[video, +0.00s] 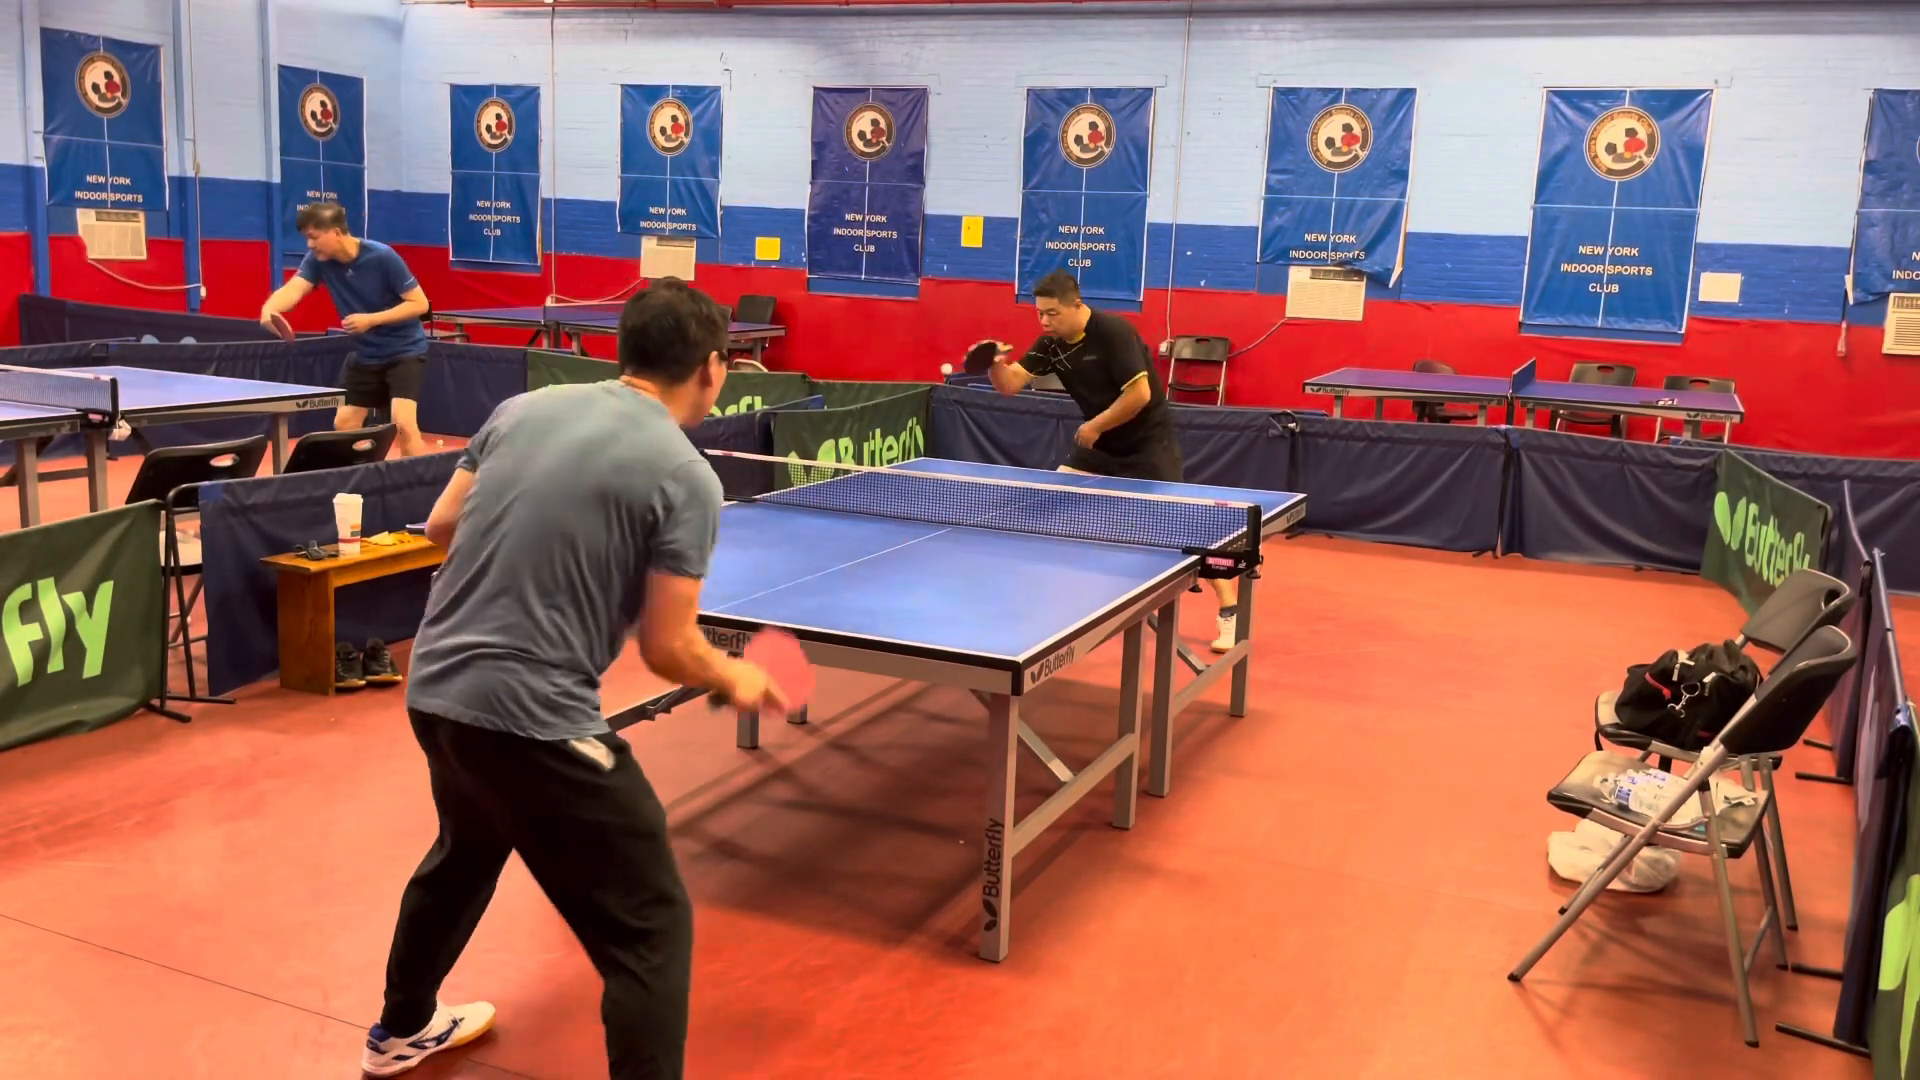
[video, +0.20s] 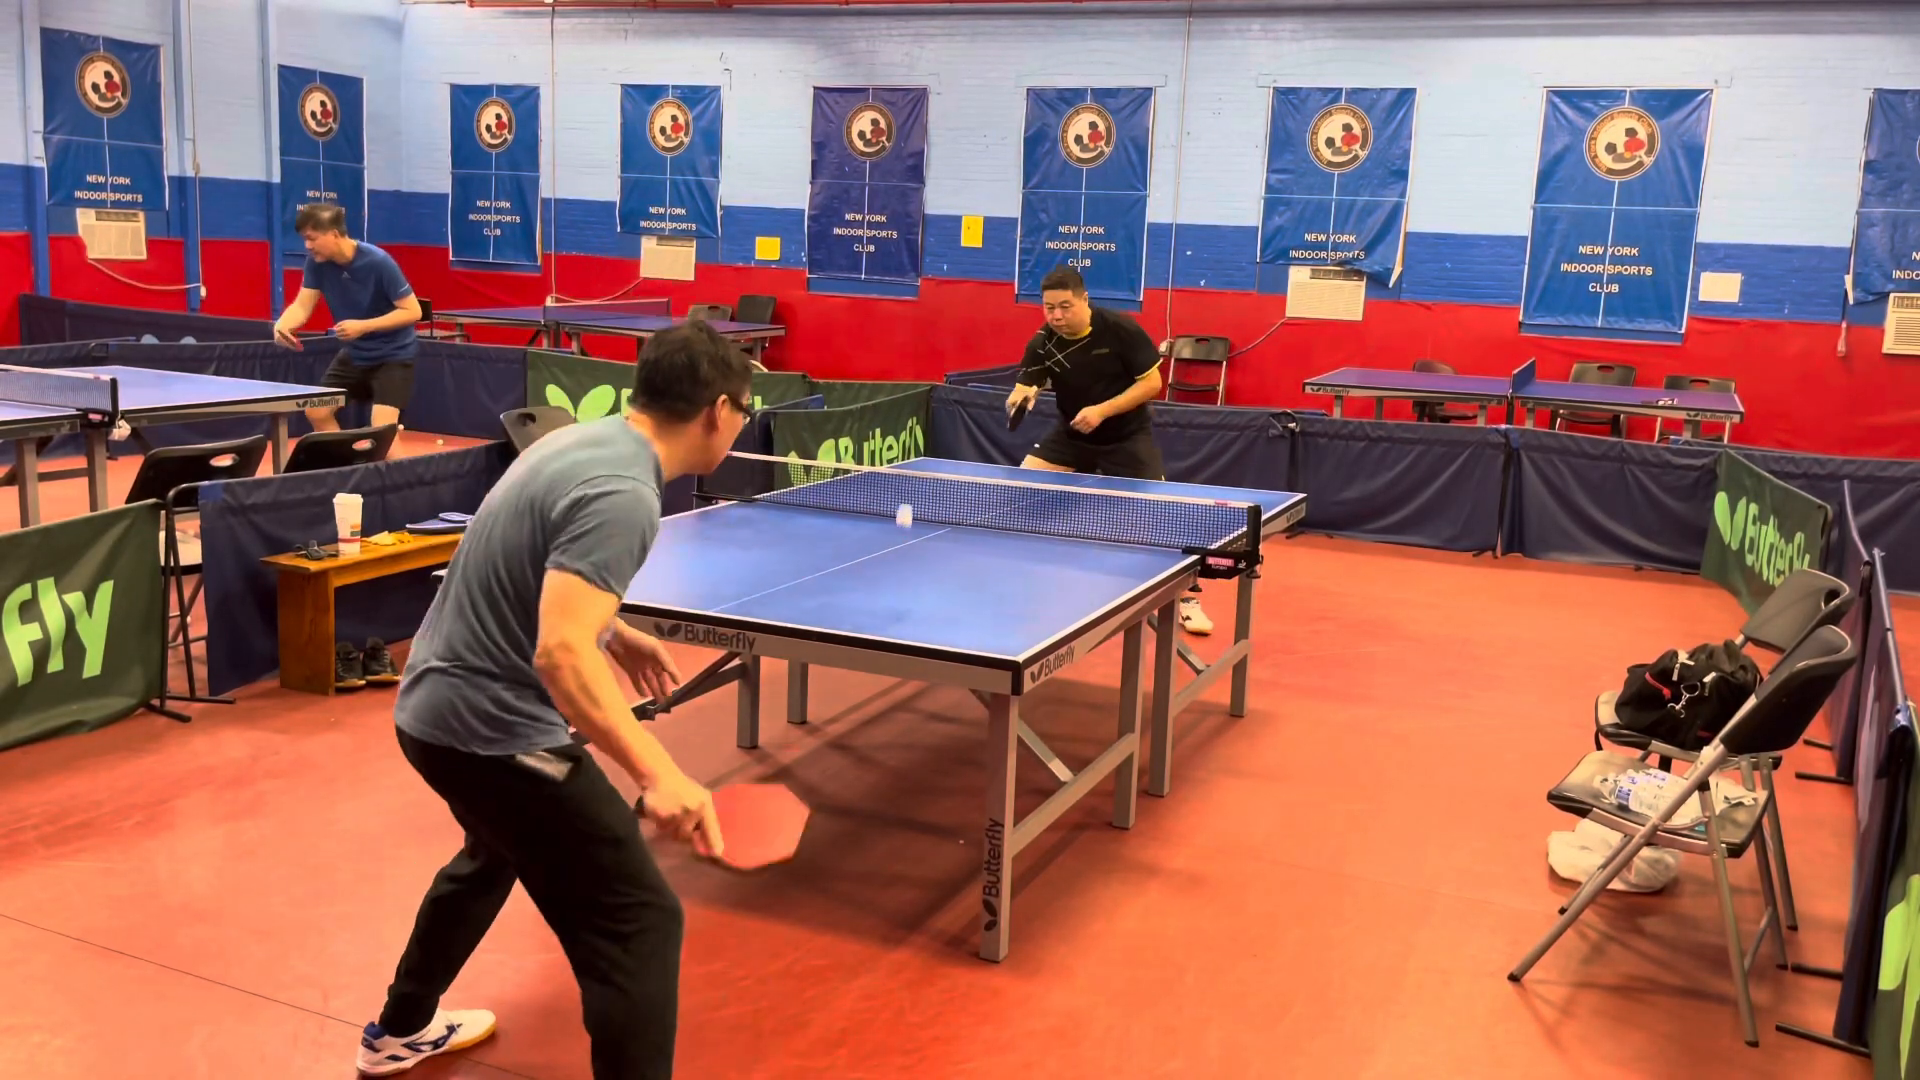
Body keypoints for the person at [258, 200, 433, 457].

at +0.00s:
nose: (310, 245)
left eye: (314, 238)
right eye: (307, 239)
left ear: (336, 233)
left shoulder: (382, 256)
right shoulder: (318, 260)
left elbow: (420, 304)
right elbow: (294, 289)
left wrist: (371, 319)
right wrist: (268, 308)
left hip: (406, 351)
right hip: (366, 353)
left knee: (403, 423)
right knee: (344, 423)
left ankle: (420, 492)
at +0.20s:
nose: (307, 246)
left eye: (311, 239)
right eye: (305, 240)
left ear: (334, 235)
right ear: (332, 236)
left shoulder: (379, 262)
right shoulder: (317, 263)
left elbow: (413, 311)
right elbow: (302, 305)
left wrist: (363, 326)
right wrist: (282, 325)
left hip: (394, 353)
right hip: (355, 352)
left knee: (382, 427)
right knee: (318, 411)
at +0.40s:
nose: (295, 244)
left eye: (300, 237)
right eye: (293, 238)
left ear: (322, 234)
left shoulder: (366, 263)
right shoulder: (307, 264)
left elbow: (398, 313)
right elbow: (303, 307)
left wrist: (348, 325)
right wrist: (279, 333)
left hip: (381, 356)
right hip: (343, 356)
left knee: (373, 426)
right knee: (322, 421)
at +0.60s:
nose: (272, 236)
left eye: (277, 229)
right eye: (271, 230)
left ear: (300, 226)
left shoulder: (343, 256)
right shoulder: (289, 260)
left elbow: (378, 305)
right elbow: (289, 301)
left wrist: (328, 319)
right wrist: (264, 325)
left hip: (364, 354)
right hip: (326, 354)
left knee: (366, 425)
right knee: (307, 421)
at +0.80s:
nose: (265, 221)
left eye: (271, 213)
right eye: (264, 214)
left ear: (294, 215)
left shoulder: (334, 248)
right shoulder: (283, 251)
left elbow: (368, 297)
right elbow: (285, 296)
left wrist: (316, 309)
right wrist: (254, 315)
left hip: (356, 352)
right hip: (318, 351)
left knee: (365, 426)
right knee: (303, 420)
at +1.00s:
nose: (267, 226)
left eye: (273, 219)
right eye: (266, 220)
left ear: (296, 219)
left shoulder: (337, 251)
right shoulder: (284, 254)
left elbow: (372, 299)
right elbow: (289, 299)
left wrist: (320, 312)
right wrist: (261, 318)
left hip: (359, 354)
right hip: (321, 353)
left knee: (364, 429)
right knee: (305, 422)